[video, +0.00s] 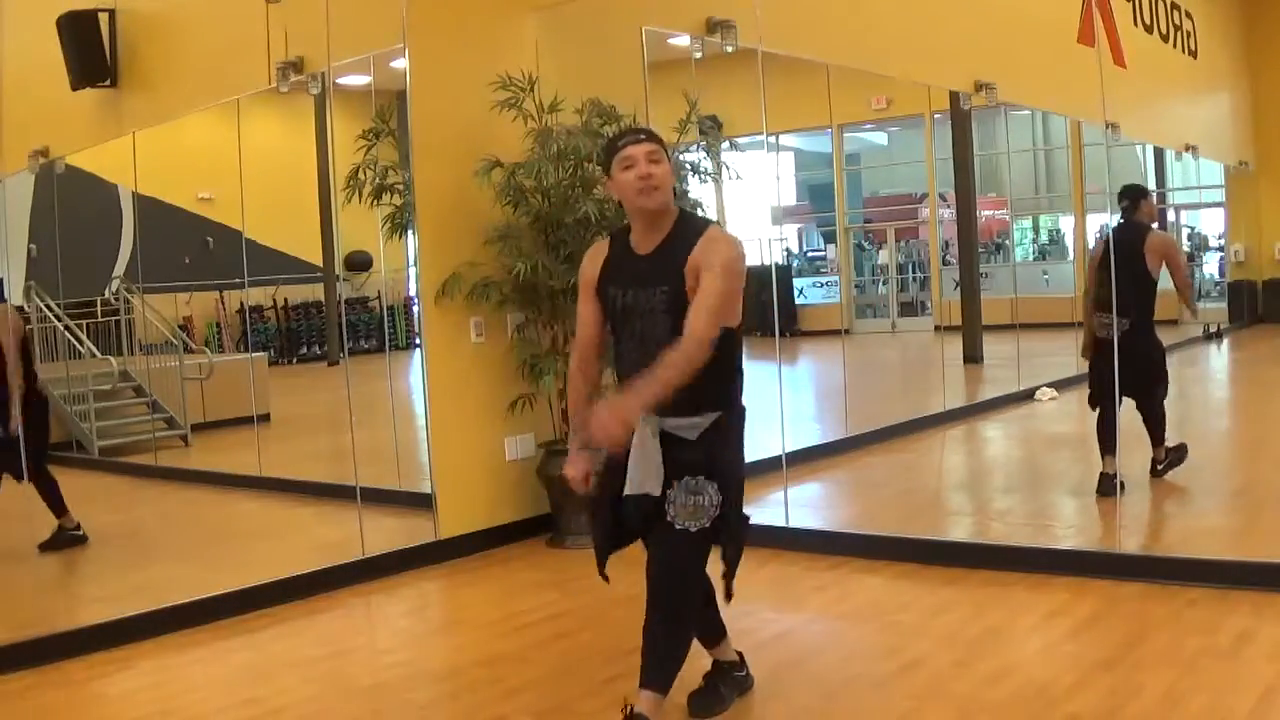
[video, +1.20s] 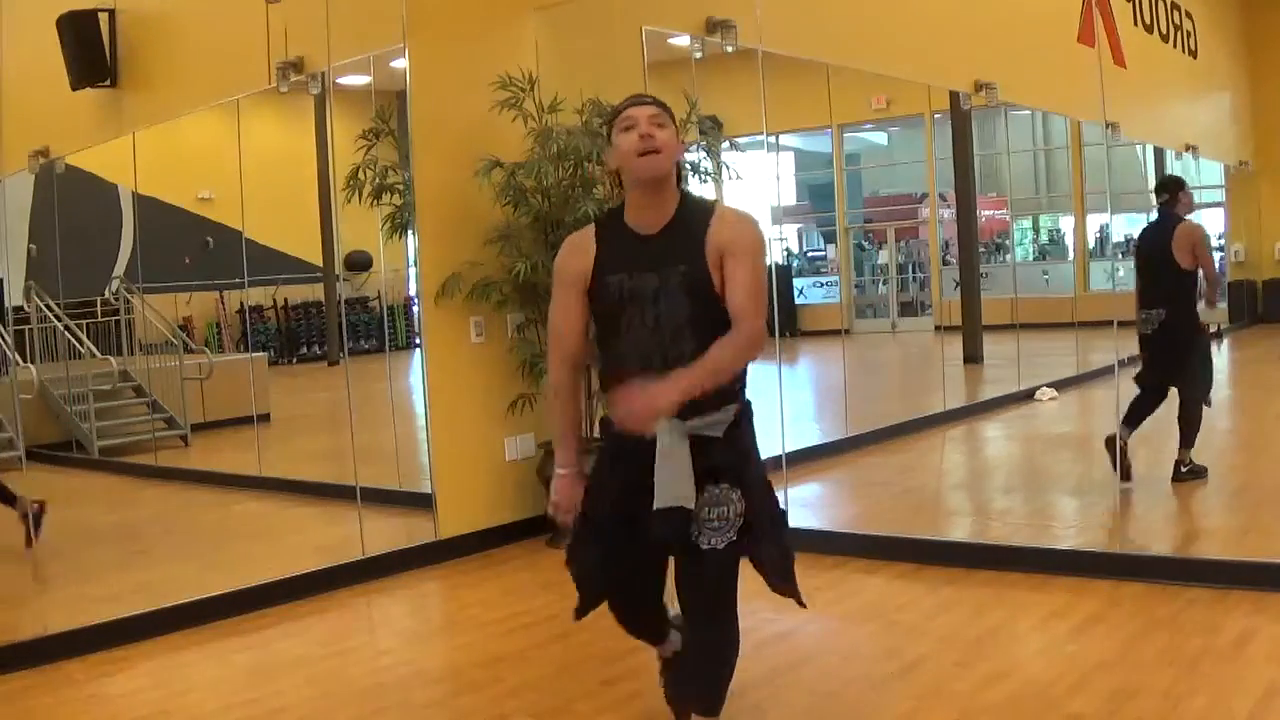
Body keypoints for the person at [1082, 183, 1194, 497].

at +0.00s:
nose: (1155, 207)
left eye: (1153, 201)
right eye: (1152, 202)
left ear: (1124, 208)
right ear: (1142, 206)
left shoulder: (1104, 242)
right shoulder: (1161, 241)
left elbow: (1091, 294)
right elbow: (1184, 287)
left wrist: (1088, 335)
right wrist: (1189, 304)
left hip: (1104, 337)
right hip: (1139, 336)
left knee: (1107, 405)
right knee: (1150, 397)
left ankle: (1108, 474)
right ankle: (1160, 456)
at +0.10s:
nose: (1149, 201)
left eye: (1147, 195)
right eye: (1146, 196)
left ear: (1117, 202)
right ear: (1136, 199)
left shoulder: (1097, 238)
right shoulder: (1156, 235)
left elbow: (1078, 285)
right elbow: (1177, 265)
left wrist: (1073, 330)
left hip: (1101, 334)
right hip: (1136, 334)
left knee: (1105, 401)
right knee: (1143, 396)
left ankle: (1107, 473)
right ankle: (1147, 459)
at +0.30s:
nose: (1136, 199)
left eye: (1133, 194)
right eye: (1133, 194)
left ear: (1108, 201)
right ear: (1125, 198)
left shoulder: (1087, 238)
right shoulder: (1150, 232)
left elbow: (1069, 285)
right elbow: (1156, 261)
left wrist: (1062, 329)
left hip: (1097, 334)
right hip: (1135, 332)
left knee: (1102, 400)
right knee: (1133, 397)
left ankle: (1106, 471)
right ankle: (1131, 459)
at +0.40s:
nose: (1130, 200)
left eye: (1126, 195)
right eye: (1127, 196)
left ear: (1101, 203)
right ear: (1122, 199)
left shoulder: (1086, 239)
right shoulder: (1148, 235)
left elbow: (1072, 290)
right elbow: (1152, 282)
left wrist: (1071, 335)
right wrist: (1139, 308)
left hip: (1099, 334)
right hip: (1135, 333)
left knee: (1103, 400)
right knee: (1133, 397)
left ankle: (1107, 471)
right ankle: (1131, 459)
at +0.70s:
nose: (1129, 203)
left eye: (1123, 199)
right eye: (1128, 198)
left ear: (1103, 204)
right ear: (1127, 200)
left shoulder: (1088, 239)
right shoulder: (1151, 233)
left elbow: (1079, 287)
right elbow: (1178, 271)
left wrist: (1078, 330)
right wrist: (1186, 314)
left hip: (1102, 333)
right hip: (1142, 333)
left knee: (1103, 399)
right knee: (1154, 393)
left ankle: (1107, 472)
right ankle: (1158, 457)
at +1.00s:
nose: (1166, 204)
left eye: (1163, 199)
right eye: (1163, 199)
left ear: (1134, 204)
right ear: (1156, 201)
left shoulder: (1117, 240)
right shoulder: (1176, 234)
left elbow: (1107, 290)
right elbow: (1194, 284)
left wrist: (1106, 335)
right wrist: (1199, 326)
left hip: (1125, 336)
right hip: (1163, 335)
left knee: (1114, 402)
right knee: (1176, 397)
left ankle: (1107, 468)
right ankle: (1182, 462)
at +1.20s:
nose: (1192, 200)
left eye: (1191, 194)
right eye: (1189, 195)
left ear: (1162, 200)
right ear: (1180, 198)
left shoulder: (1145, 234)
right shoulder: (1191, 231)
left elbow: (1141, 286)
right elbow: (1211, 275)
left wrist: (1142, 326)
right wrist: (1212, 296)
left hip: (1149, 326)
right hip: (1182, 325)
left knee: (1154, 389)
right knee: (1193, 392)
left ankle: (1121, 435)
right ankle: (1184, 461)